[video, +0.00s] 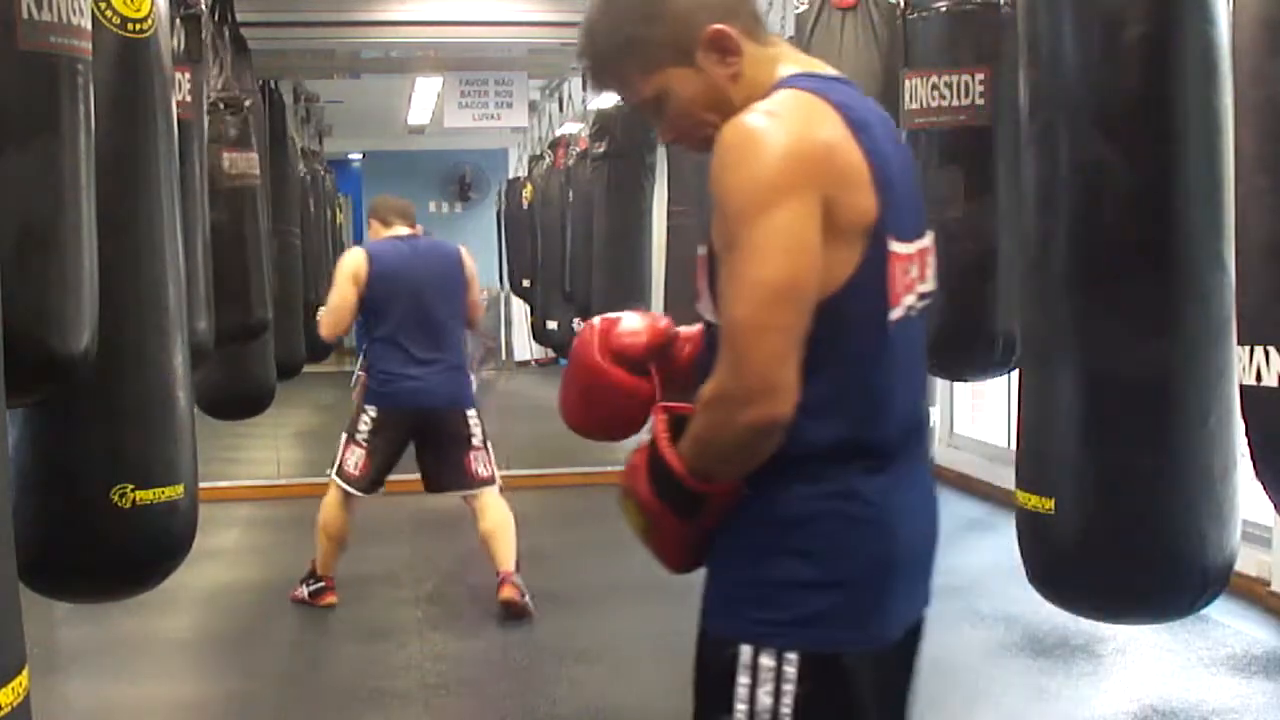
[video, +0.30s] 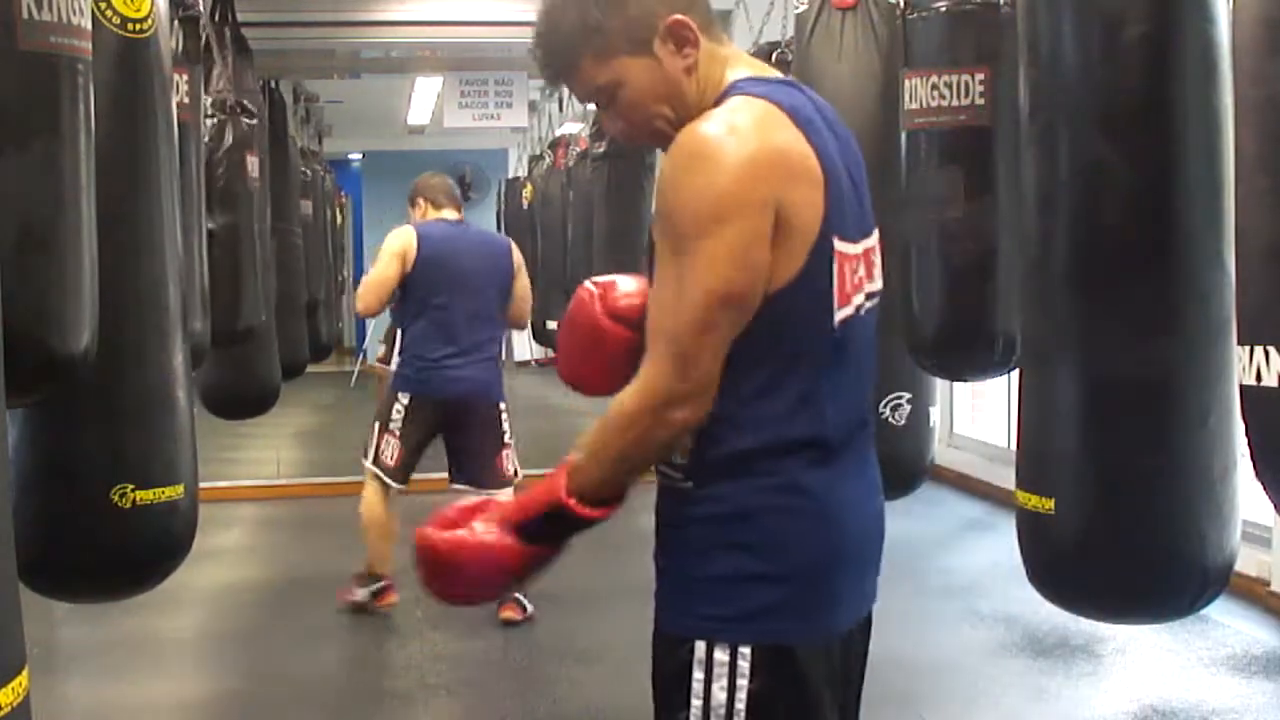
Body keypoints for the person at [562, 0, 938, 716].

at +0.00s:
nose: (663, 133)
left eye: (659, 103)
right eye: (647, 114)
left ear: (723, 51)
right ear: (727, 51)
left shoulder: (768, 136)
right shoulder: (845, 113)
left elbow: (758, 400)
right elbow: (838, 346)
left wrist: (671, 484)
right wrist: (683, 357)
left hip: (805, 551)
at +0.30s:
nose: (610, 127)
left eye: (609, 95)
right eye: (595, 107)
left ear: (680, 42)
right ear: (685, 44)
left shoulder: (722, 146)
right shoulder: (801, 115)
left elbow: (674, 396)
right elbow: (798, 312)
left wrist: (544, 513)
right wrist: (668, 322)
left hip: (749, 547)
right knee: (814, 706)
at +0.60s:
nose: (608, 121)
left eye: (609, 91)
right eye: (597, 101)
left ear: (677, 43)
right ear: (682, 43)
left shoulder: (725, 137)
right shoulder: (793, 113)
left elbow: (659, 373)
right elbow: (766, 320)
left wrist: (548, 451)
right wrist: (647, 285)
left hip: (738, 539)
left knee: (719, 711)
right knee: (825, 708)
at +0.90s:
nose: (616, 122)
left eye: (615, 93)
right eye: (604, 102)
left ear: (684, 52)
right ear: (687, 55)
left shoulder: (741, 137)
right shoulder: (751, 118)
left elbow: (644, 371)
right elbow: (640, 252)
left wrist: (583, 406)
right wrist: (547, 301)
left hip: (732, 546)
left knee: (716, 711)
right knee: (824, 706)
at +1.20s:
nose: (594, 80)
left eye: (604, 46)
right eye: (587, 54)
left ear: (685, 30)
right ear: (683, 38)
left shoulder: (736, 126)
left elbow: (598, 319)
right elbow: (591, 249)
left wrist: (614, 383)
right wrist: (551, 351)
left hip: (729, 536)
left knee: (714, 710)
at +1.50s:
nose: (590, 71)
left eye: (596, 39)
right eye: (588, 43)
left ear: (659, 39)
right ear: (661, 40)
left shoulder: (701, 135)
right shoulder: (765, 119)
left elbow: (639, 355)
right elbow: (673, 276)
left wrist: (586, 394)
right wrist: (529, 318)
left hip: (719, 528)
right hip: (790, 502)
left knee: (695, 710)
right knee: (789, 706)